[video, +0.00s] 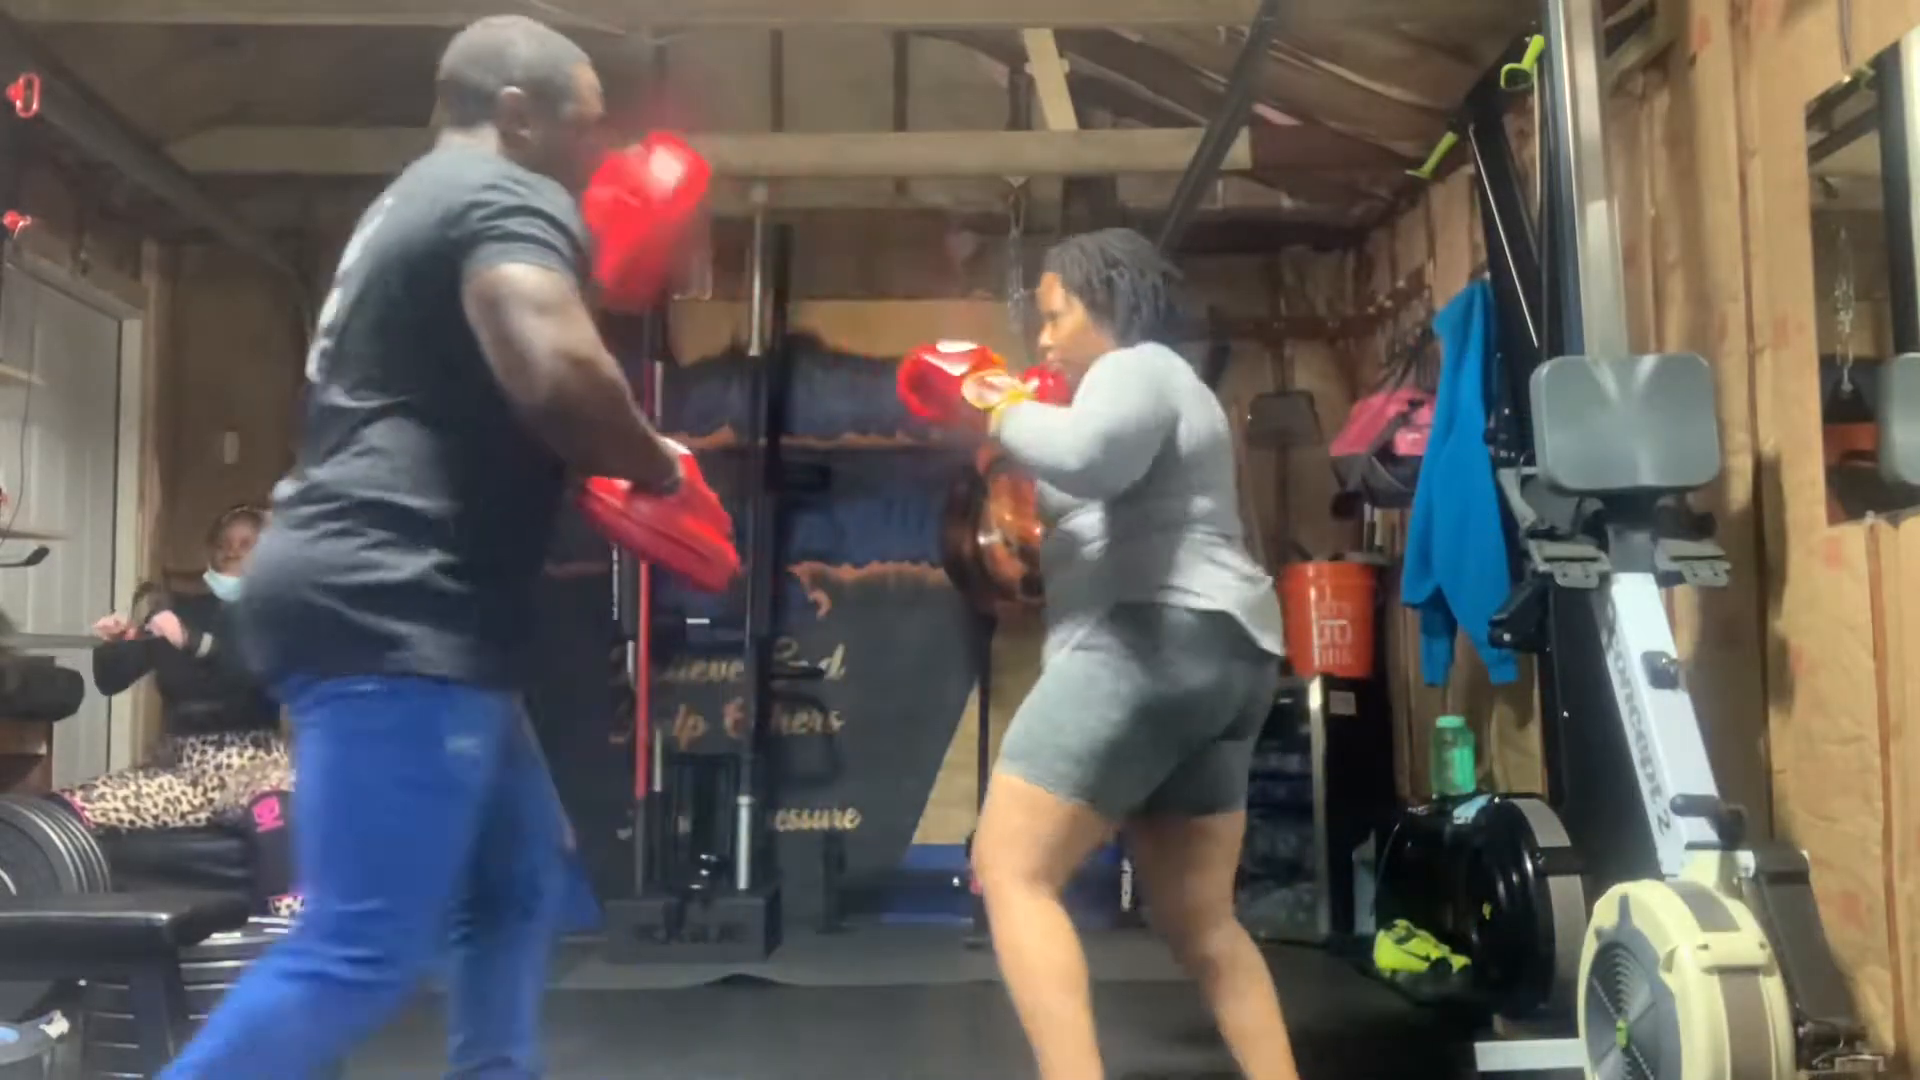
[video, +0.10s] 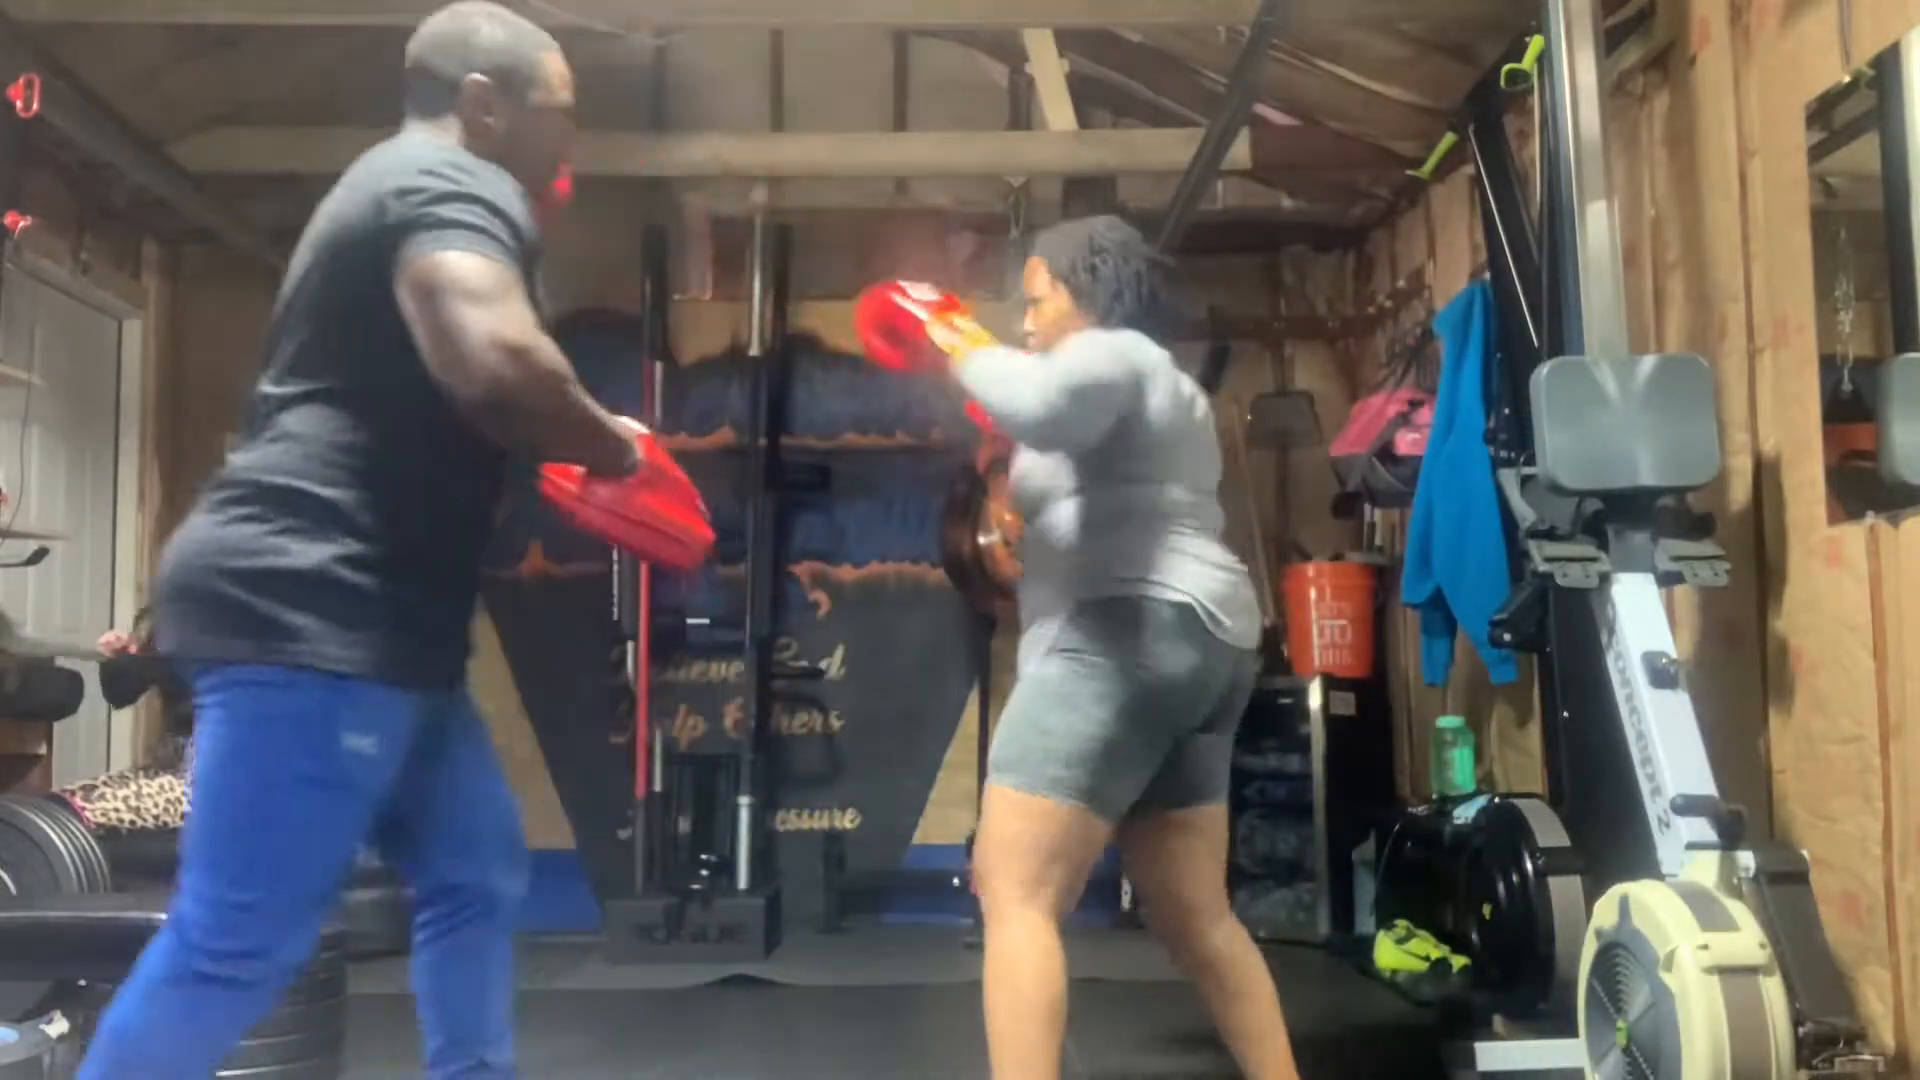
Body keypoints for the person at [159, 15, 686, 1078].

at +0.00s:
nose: (596, 144)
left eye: (598, 122)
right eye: (587, 119)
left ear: (472, 107)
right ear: (521, 111)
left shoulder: (422, 197)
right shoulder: (502, 194)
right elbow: (556, 376)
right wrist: (653, 460)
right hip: (390, 605)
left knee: (520, 889)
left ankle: (492, 1070)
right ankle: (189, 1073)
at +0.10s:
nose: (571, 140)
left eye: (572, 114)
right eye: (560, 111)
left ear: (469, 104)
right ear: (483, 99)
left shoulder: (418, 185)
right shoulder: (442, 179)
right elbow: (490, 361)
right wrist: (612, 442)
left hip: (392, 626)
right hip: (310, 610)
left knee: (474, 887)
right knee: (229, 951)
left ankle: (472, 1070)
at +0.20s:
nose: (527, 124)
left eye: (530, 100)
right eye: (517, 95)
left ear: (436, 85)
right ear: (440, 80)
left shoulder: (426, 192)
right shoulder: (374, 153)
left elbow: (501, 340)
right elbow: (409, 340)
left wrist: (587, 218)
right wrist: (564, 421)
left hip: (340, 626)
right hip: (235, 603)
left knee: (410, 901)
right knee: (157, 944)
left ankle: (440, 1076)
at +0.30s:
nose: (483, 102)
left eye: (485, 75)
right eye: (470, 67)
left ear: (391, 48)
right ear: (389, 45)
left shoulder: (368, 177)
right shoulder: (302, 138)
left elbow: (462, 324)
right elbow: (322, 330)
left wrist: (578, 234)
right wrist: (506, 407)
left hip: (297, 618)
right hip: (185, 603)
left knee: (363, 897)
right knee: (124, 943)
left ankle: (407, 1075)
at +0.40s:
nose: (435, 91)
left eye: (439, 66)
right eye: (429, 56)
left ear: (342, 33)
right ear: (349, 25)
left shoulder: (319, 172)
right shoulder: (249, 126)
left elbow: (373, 337)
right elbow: (251, 323)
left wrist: (520, 286)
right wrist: (449, 407)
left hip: (286, 624)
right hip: (162, 612)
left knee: (370, 855)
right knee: (118, 941)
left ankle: (384, 1071)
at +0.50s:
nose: (404, 92)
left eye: (408, 67)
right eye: (396, 55)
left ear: (314, 30)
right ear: (316, 23)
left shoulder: (285, 167)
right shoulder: (213, 114)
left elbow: (289, 372)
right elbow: (195, 318)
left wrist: (453, 351)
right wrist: (404, 402)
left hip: (282, 608)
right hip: (158, 605)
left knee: (374, 850)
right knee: (122, 940)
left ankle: (307, 1068)